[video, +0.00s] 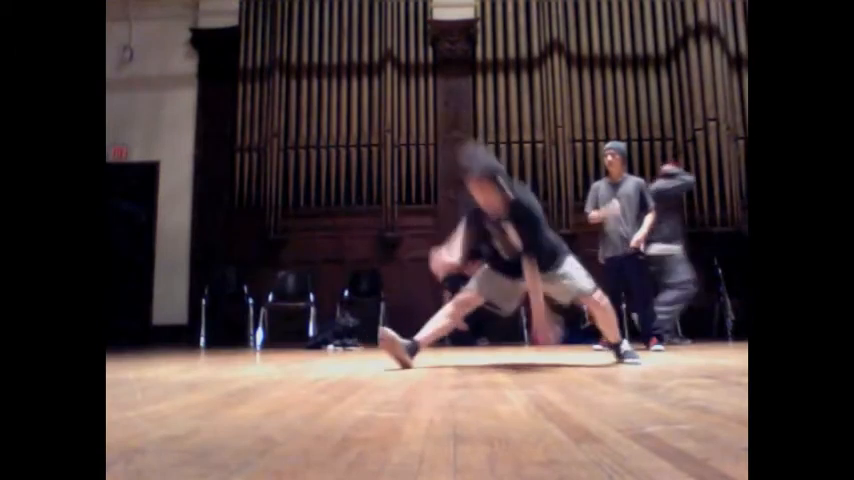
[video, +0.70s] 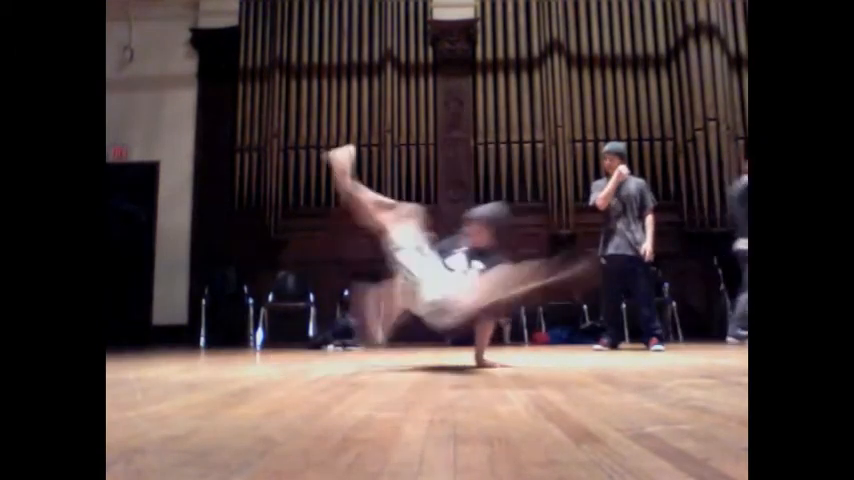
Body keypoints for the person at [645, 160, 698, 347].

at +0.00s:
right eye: (676, 175)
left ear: (660, 174)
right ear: (672, 176)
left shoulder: (653, 189)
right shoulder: (663, 187)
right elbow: (689, 181)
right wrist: (676, 172)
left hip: (654, 247)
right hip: (669, 246)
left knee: (668, 289)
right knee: (685, 284)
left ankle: (670, 332)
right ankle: (656, 320)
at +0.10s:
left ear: (675, 172)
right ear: (688, 172)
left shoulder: (664, 189)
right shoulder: (685, 186)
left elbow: (661, 219)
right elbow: (704, 178)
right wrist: (692, 168)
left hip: (668, 246)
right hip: (686, 247)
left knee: (671, 286)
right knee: (707, 284)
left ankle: (667, 329)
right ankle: (699, 330)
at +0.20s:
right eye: (712, 172)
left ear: (695, 172)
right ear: (705, 173)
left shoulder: (683, 190)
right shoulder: (698, 186)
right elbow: (724, 179)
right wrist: (710, 170)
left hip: (686, 247)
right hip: (704, 248)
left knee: (685, 290)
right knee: (718, 290)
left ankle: (669, 330)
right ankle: (737, 330)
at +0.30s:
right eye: (722, 173)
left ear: (706, 172)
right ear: (715, 174)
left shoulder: (691, 192)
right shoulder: (707, 187)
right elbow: (733, 178)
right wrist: (720, 170)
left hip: (696, 248)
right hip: (714, 248)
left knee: (698, 293)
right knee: (728, 290)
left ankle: (673, 329)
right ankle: (738, 330)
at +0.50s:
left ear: (721, 170)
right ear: (740, 170)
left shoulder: (710, 188)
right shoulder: (741, 184)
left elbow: (709, 219)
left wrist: (713, 236)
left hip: (715, 242)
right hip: (737, 242)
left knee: (727, 288)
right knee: (739, 289)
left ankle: (709, 312)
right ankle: (737, 331)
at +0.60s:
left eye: (742, 167)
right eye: (745, 167)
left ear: (736, 168)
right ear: (747, 169)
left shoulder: (727, 187)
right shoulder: (743, 185)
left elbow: (725, 214)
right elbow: (728, 214)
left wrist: (732, 229)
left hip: (732, 238)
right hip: (742, 238)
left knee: (740, 286)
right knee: (743, 286)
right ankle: (736, 329)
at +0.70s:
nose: (746, 167)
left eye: (745, 163)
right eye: (746, 163)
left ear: (744, 162)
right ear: (745, 162)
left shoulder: (736, 187)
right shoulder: (740, 187)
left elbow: (733, 215)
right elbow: (736, 213)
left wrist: (738, 232)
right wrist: (741, 233)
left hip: (739, 238)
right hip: (744, 239)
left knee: (744, 286)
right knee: (745, 286)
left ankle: (738, 326)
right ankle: (737, 327)